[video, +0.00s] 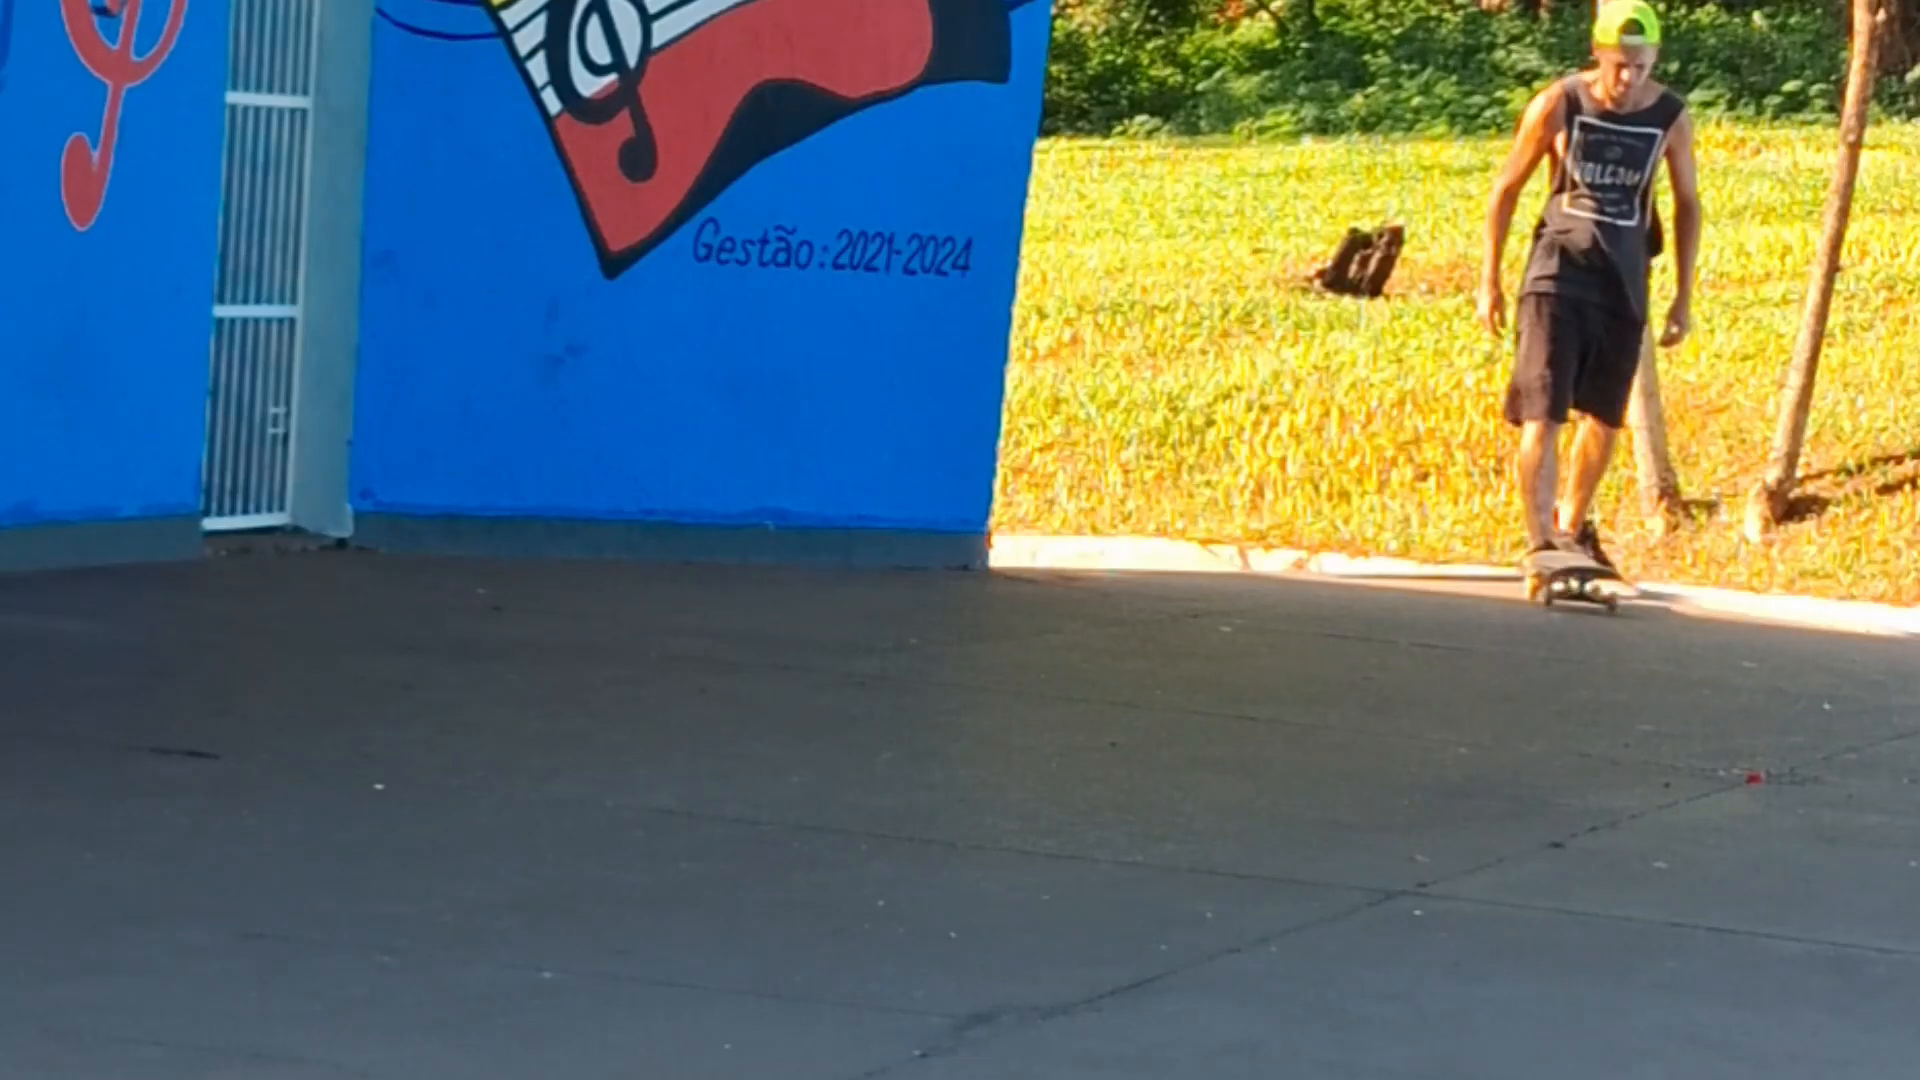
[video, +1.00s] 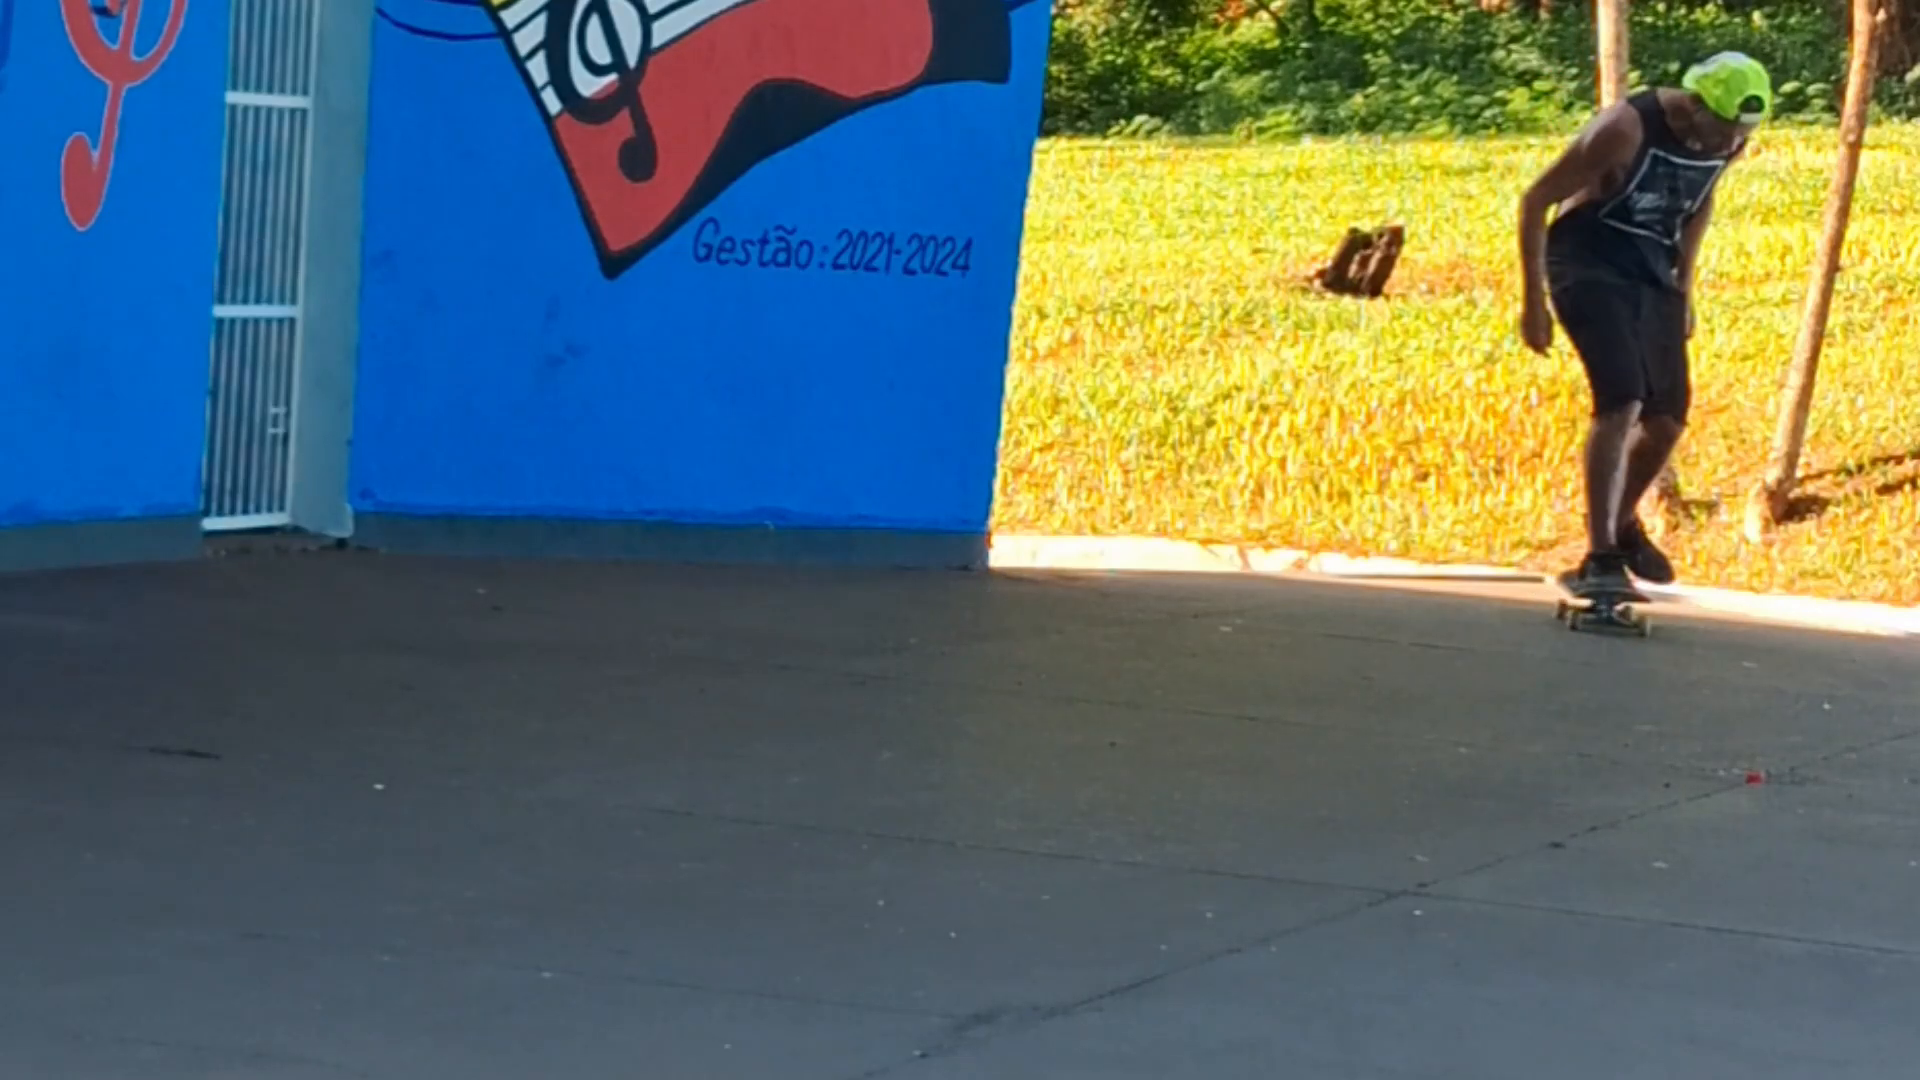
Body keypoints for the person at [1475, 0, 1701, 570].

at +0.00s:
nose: (1628, 77)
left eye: (1639, 66)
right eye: (1618, 64)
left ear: (1653, 60)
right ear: (1596, 53)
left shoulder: (1670, 114)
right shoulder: (1556, 105)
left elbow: (1687, 204)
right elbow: (1506, 189)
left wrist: (1683, 294)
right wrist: (1489, 280)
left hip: (1624, 280)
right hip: (1558, 273)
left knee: (1605, 417)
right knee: (1543, 412)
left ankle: (1575, 528)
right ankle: (1541, 543)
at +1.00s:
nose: (1735, 145)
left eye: (1743, 135)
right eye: (1728, 132)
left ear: (1749, 123)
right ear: (1698, 108)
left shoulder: (1727, 139)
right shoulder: (1623, 129)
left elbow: (1697, 212)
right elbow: (1534, 200)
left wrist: (1682, 292)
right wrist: (1534, 301)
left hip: (1656, 279)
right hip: (1591, 269)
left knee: (1666, 417)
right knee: (1621, 400)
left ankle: (1620, 521)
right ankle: (1601, 557)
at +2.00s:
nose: (1835, 151)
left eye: (1848, 145)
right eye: (1845, 137)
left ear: (1824, 98)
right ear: (1828, 98)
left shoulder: (1751, 123)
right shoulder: (1730, 100)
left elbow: (1649, 194)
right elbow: (1617, 163)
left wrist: (1643, 286)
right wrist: (1613, 281)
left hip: (1636, 270)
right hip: (1589, 262)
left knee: (1675, 420)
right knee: (1635, 426)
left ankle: (1626, 594)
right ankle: (1595, 602)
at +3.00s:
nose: (1790, 230)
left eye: (1804, 225)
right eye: (1801, 215)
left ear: (1785, 177)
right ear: (1784, 172)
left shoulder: (1700, 185)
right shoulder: (1693, 157)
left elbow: (1572, 249)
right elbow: (1561, 217)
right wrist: (1554, 357)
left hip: (1514, 266)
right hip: (1474, 254)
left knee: (1598, 439)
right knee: (1565, 438)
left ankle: (1521, 633)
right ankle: (1466, 621)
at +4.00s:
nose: (1628, 144)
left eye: (1646, 133)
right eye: (1643, 122)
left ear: (1609, 75)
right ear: (1615, 76)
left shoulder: (1513, 110)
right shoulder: (1491, 78)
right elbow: (1320, 101)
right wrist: (1173, 174)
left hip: (1345, 270)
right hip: (1295, 256)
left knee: (1422, 459)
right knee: (1394, 463)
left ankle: (1305, 665)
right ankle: (1239, 649)